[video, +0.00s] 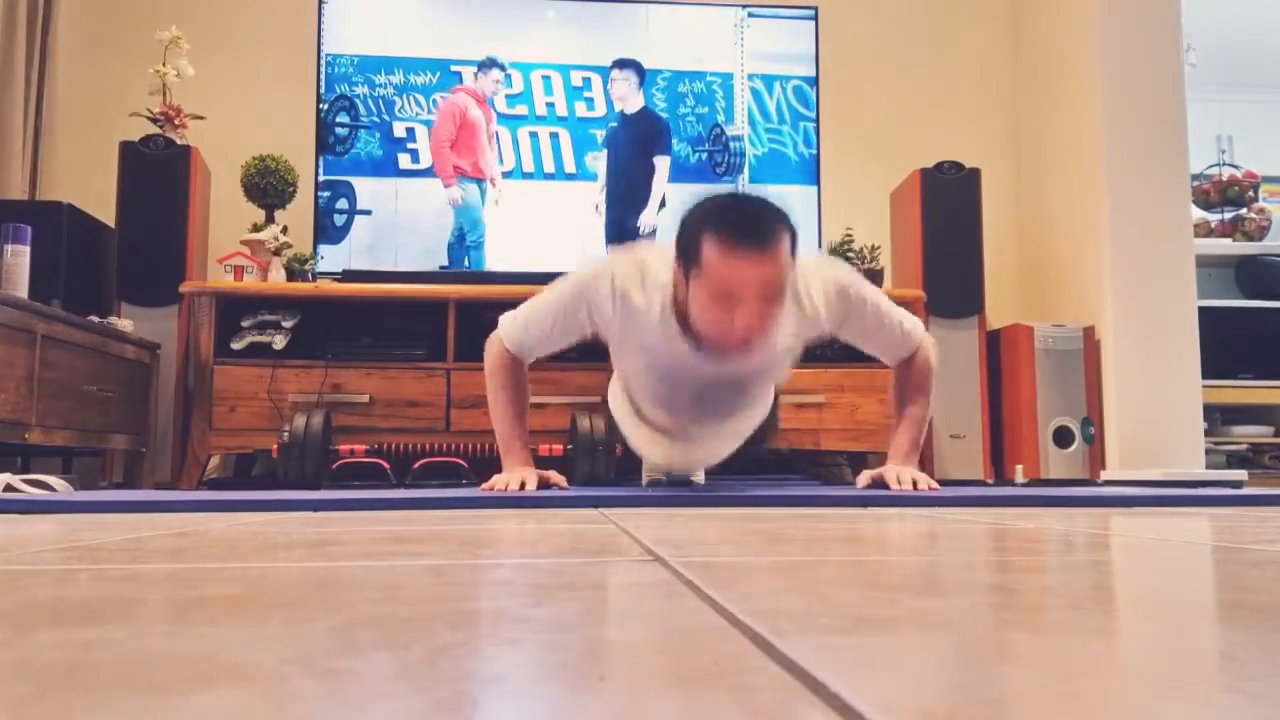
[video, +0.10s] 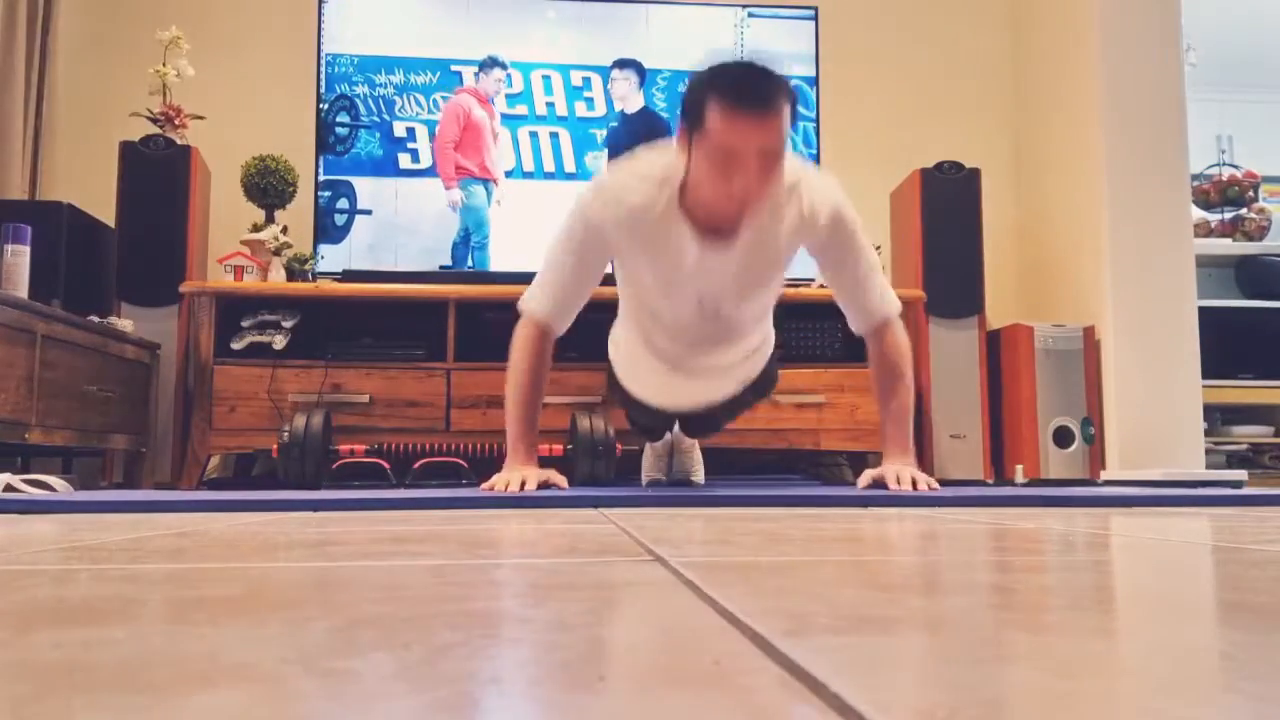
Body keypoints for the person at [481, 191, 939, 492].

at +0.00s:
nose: (745, 321)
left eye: (764, 299)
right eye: (725, 299)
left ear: (787, 282)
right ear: (684, 278)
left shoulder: (819, 289)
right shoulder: (619, 285)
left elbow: (915, 350)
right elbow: (504, 347)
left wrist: (901, 461)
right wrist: (516, 464)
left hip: (744, 432)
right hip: (641, 434)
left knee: (744, 557)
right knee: (636, 557)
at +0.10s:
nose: (745, 183)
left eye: (765, 161)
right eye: (726, 160)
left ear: (785, 153)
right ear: (686, 143)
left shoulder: (811, 200)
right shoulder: (619, 196)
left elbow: (884, 326)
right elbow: (537, 322)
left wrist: (899, 456)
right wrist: (519, 460)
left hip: (740, 376)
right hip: (643, 376)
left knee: (706, 421)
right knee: (652, 422)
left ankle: (685, 440)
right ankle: (656, 446)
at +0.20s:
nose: (747, 134)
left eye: (766, 109)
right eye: (726, 110)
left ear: (785, 97)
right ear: (686, 94)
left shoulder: (814, 165)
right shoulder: (624, 161)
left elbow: (890, 295)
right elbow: (532, 292)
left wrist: (948, 425)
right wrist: (479, 419)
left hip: (743, 355)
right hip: (645, 350)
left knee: (701, 415)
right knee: (649, 417)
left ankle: (680, 442)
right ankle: (653, 447)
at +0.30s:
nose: (755, 199)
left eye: (772, 175)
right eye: (734, 176)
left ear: (795, 162)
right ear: (692, 161)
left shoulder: (829, 215)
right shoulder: (624, 213)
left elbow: (918, 332)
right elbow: (512, 332)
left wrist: (970, 459)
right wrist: (456, 458)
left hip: (746, 382)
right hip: (645, 376)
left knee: (709, 426)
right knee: (645, 424)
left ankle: (678, 447)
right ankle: (646, 449)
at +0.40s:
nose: (753, 264)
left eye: (776, 241)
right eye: (734, 238)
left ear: (801, 223)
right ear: (697, 213)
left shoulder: (841, 260)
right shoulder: (624, 255)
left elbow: (947, 335)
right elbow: (487, 335)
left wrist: (972, 458)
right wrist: (454, 458)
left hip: (754, 423)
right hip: (640, 418)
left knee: (755, 558)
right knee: (635, 558)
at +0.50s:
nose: (761, 362)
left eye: (782, 341)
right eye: (742, 339)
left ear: (810, 318)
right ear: (701, 311)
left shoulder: (841, 314)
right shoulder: (633, 311)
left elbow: (955, 340)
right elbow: (485, 337)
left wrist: (973, 460)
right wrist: (453, 459)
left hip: (745, 461)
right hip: (629, 455)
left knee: (742, 579)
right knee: (611, 571)